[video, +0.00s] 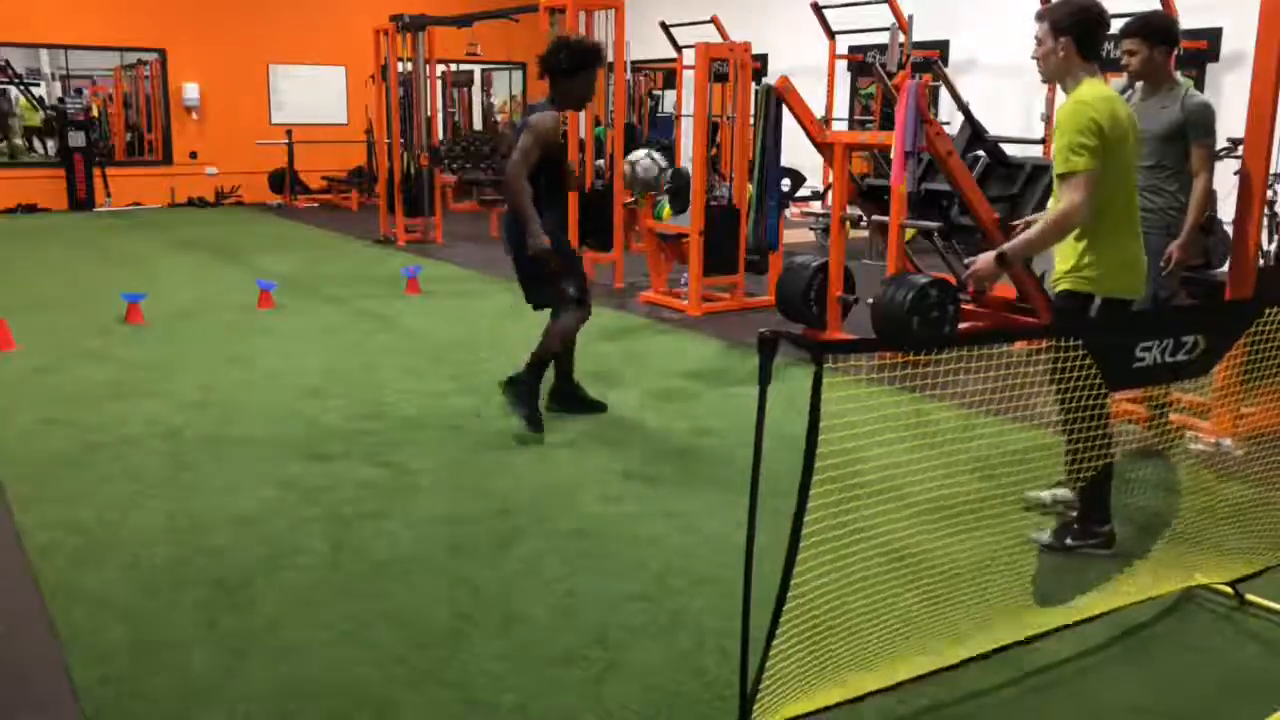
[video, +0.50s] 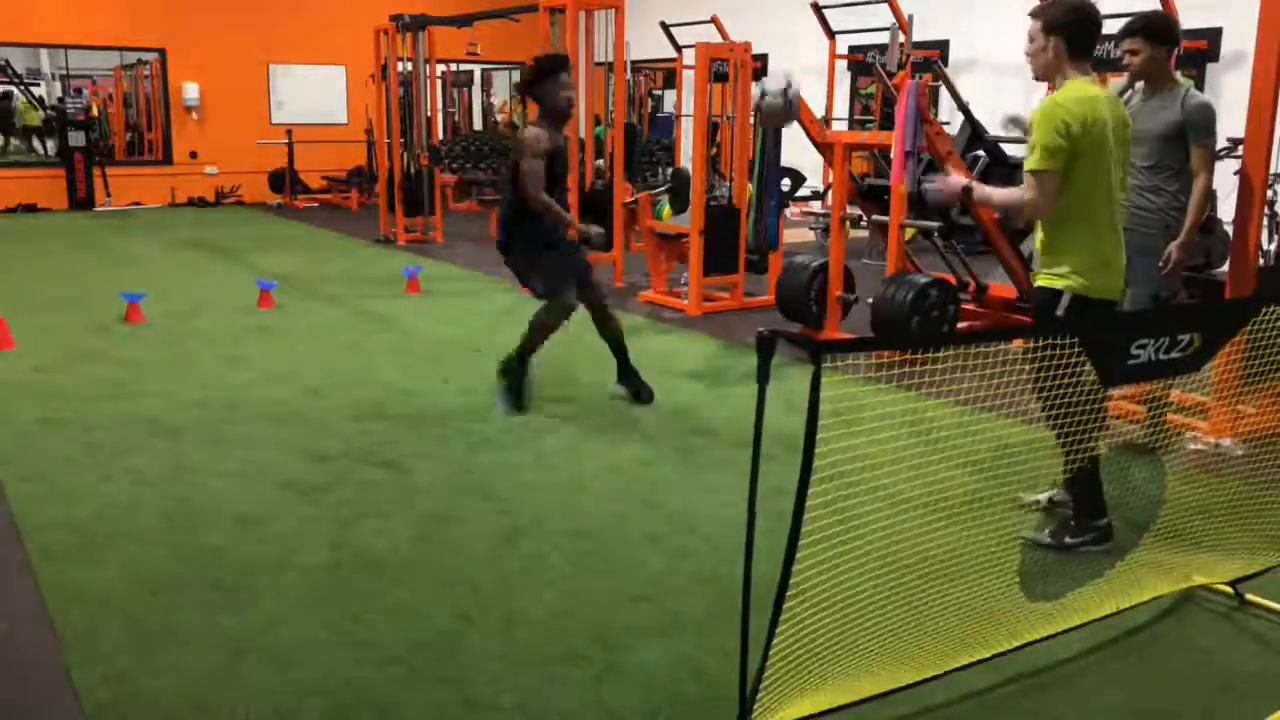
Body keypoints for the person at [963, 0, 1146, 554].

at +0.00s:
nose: (1034, 52)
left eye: (1040, 42)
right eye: (1035, 42)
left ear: (1064, 46)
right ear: (1074, 47)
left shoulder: (1080, 108)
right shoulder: (1110, 104)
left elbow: (1075, 207)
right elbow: (1101, 199)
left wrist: (1002, 257)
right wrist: (1044, 220)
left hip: (1089, 280)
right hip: (1111, 277)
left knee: (1080, 398)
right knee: (1083, 391)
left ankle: (1094, 524)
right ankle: (1083, 493)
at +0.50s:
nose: (1028, 50)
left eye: (1033, 40)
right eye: (1030, 39)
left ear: (1055, 44)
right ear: (1079, 45)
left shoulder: (1057, 109)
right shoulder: (1112, 106)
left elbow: (1038, 199)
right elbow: (1103, 192)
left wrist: (971, 192)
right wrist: (1018, 206)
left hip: (1067, 278)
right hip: (1103, 276)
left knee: (1057, 391)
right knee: (1080, 386)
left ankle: (1089, 519)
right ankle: (1080, 488)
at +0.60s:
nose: (1033, 41)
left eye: (1039, 33)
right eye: (1035, 32)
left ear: (1062, 42)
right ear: (1083, 44)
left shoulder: (1058, 100)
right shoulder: (1106, 101)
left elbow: (999, 174)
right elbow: (1059, 130)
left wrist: (951, 140)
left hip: (1063, 274)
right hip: (1098, 272)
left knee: (1054, 390)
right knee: (1073, 385)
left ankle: (1088, 518)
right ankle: (1078, 487)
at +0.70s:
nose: (1030, 45)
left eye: (1037, 35)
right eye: (1031, 34)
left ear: (1060, 41)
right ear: (1077, 42)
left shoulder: (1056, 92)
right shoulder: (1095, 93)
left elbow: (958, 104)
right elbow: (1020, 84)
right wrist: (1004, 26)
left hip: (1067, 262)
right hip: (1092, 258)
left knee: (1044, 389)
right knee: (1063, 381)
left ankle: (1085, 514)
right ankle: (1077, 486)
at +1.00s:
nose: (1002, 63)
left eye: (1011, 52)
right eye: (999, 52)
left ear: (1048, 49)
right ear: (1006, 55)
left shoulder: (1059, 97)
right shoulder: (1026, 104)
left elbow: (974, 139)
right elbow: (971, 143)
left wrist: (971, 75)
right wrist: (964, 81)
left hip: (1050, 265)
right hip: (1020, 264)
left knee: (1024, 392)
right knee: (1013, 389)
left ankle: (1061, 514)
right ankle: (1063, 495)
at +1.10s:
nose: (1002, 66)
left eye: (1014, 56)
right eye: (996, 56)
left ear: (1045, 56)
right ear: (991, 57)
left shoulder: (1062, 116)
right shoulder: (1001, 119)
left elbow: (1036, 195)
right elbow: (987, 204)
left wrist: (979, 165)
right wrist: (948, 158)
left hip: (1038, 274)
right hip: (992, 269)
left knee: (1019, 394)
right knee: (953, 369)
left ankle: (1062, 515)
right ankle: (1034, 460)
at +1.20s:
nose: (988, 70)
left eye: (1001, 60)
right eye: (981, 60)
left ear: (1027, 61)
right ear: (973, 62)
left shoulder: (1052, 122)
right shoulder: (968, 127)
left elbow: (1062, 207)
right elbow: (964, 200)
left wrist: (984, 205)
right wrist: (935, 221)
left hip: (1025, 279)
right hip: (968, 276)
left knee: (1014, 391)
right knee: (915, 356)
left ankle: (1059, 509)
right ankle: (960, 447)